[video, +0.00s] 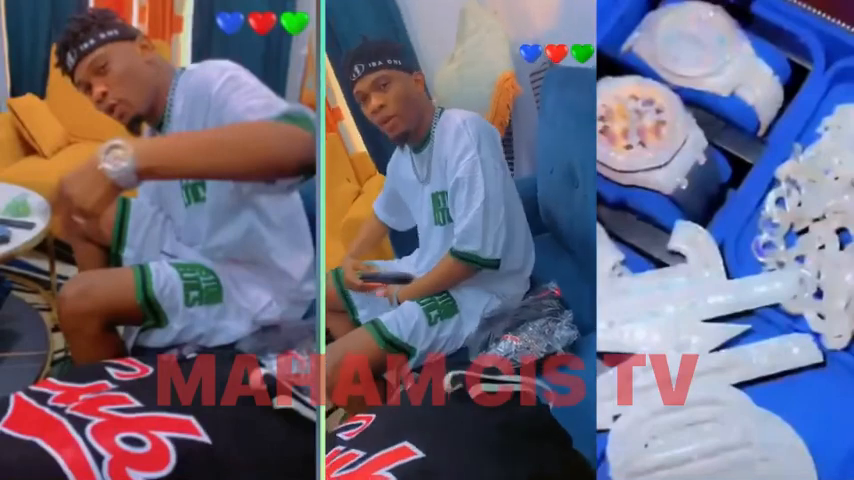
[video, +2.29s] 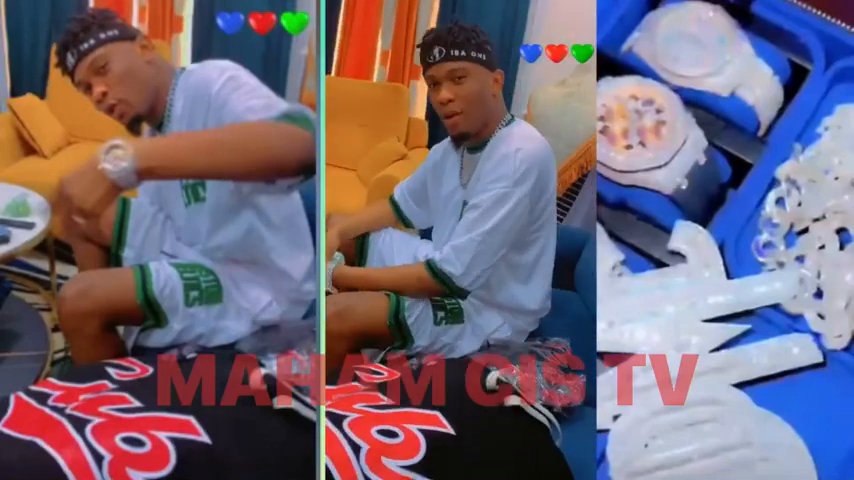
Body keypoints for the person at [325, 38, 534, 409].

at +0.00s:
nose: (375, 106)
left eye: (383, 86)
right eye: (364, 100)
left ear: (418, 81)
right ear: (363, 111)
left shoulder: (465, 134)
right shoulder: (402, 156)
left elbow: (476, 251)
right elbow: (385, 213)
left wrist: (405, 293)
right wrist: (352, 258)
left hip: (484, 285)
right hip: (430, 269)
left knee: (332, 362)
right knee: (328, 289)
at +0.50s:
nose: (371, 134)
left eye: (373, 122)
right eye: (369, 124)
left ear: (408, 113)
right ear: (409, 114)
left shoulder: (461, 153)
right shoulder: (426, 147)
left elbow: (425, 269)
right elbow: (397, 213)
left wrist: (361, 283)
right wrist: (346, 247)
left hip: (492, 286)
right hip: (459, 260)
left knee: (353, 331)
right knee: (359, 259)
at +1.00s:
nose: (377, 149)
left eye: (381, 139)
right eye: (375, 139)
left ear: (421, 132)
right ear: (423, 131)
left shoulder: (476, 165)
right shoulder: (440, 148)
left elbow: (419, 272)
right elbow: (394, 195)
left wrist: (364, 251)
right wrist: (338, 218)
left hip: (497, 290)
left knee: (358, 304)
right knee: (369, 229)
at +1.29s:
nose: (419, 131)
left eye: (426, 123)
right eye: (420, 120)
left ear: (469, 129)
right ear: (469, 128)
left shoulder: (514, 178)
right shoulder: (472, 145)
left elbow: (424, 265)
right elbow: (407, 186)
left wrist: (368, 227)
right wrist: (336, 193)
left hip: (494, 301)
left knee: (359, 284)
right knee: (376, 211)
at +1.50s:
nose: (460, 117)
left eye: (470, 110)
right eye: (464, 106)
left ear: (513, 126)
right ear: (513, 126)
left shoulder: (547, 187)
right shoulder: (498, 143)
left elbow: (440, 271)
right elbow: (415, 184)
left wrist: (361, 226)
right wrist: (339, 192)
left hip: (505, 307)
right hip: (476, 259)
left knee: (366, 286)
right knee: (380, 210)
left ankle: (359, 393)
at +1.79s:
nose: (472, 114)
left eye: (491, 104)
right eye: (473, 100)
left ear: (537, 117)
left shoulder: (551, 195)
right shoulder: (483, 160)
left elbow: (453, 300)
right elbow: (419, 213)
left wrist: (351, 268)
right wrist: (339, 207)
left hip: (496, 331)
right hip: (458, 275)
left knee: (350, 318)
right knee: (352, 231)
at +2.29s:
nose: (443, 96)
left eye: (458, 79)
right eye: (434, 85)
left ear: (497, 83)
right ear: (428, 91)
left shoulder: (520, 155)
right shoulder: (452, 148)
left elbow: (450, 277)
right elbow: (401, 207)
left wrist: (338, 276)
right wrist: (338, 230)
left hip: (488, 312)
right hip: (447, 271)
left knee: (336, 315)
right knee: (335, 230)